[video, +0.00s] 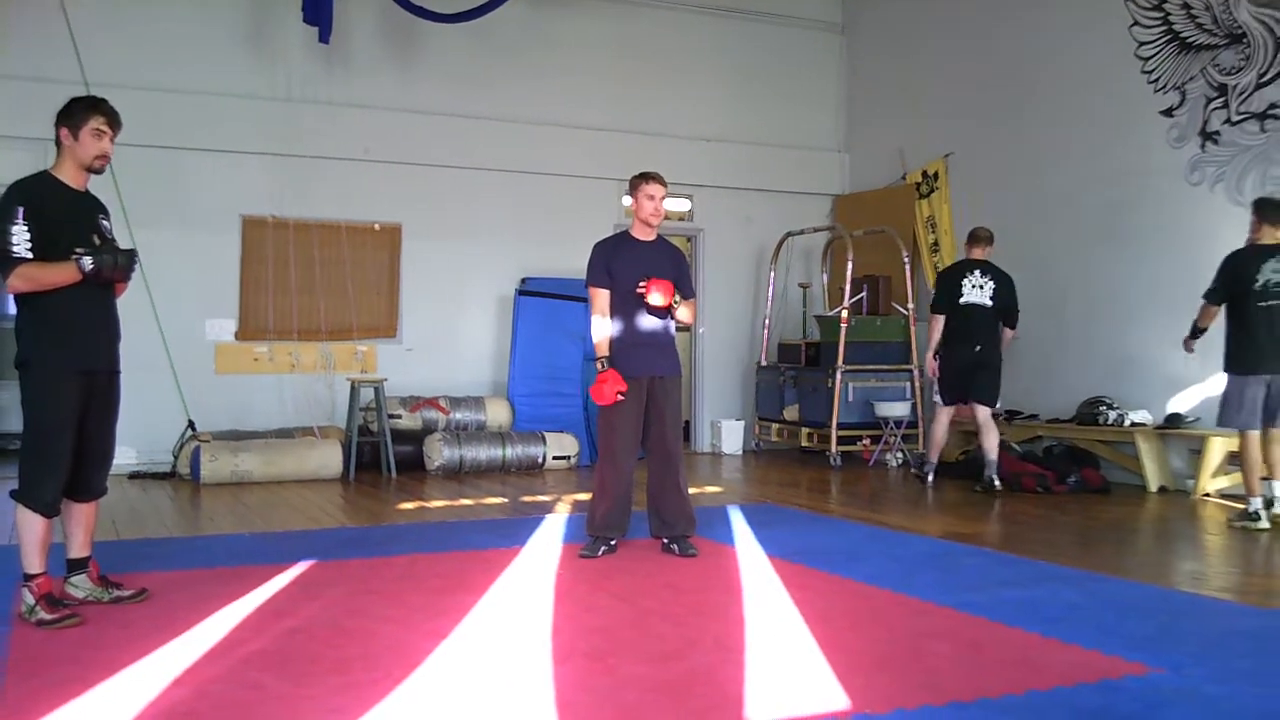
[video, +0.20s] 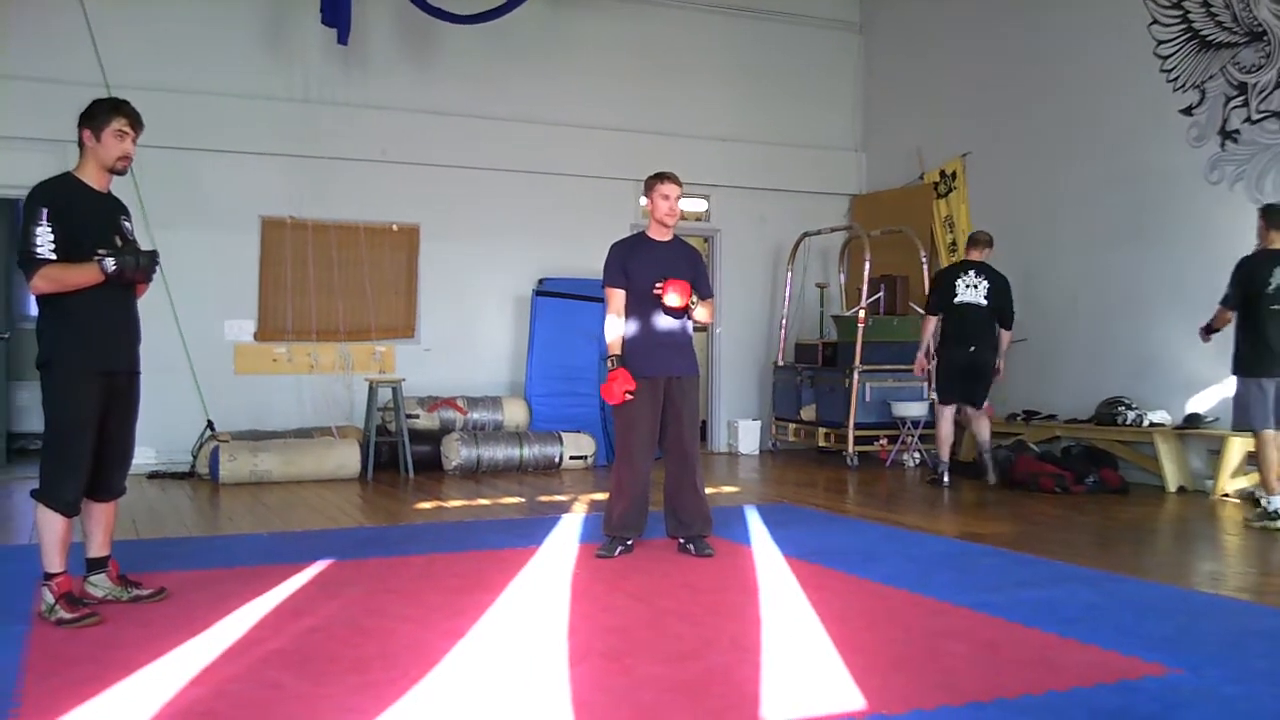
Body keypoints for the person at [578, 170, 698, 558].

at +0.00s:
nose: (657, 206)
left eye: (661, 199)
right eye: (650, 198)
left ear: (666, 205)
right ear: (632, 201)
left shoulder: (674, 255)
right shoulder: (607, 250)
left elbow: (689, 316)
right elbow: (600, 313)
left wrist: (672, 302)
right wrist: (602, 364)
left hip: (666, 367)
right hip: (623, 366)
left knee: (667, 452)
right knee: (616, 453)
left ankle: (673, 531)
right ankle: (605, 533)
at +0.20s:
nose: (673, 205)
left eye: (677, 199)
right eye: (665, 198)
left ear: (681, 205)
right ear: (647, 202)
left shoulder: (691, 255)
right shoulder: (623, 251)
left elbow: (708, 314)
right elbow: (614, 313)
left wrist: (689, 303)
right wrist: (614, 362)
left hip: (683, 368)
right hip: (638, 367)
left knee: (684, 452)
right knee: (632, 453)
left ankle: (690, 531)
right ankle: (621, 533)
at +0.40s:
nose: (672, 204)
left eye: (676, 198)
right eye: (665, 197)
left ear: (681, 204)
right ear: (647, 202)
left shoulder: (692, 255)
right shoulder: (624, 250)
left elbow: (709, 314)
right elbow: (615, 313)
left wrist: (691, 302)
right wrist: (615, 363)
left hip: (684, 368)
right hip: (639, 367)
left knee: (686, 452)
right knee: (633, 452)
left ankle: (691, 531)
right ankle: (622, 532)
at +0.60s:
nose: (673, 203)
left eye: (677, 197)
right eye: (665, 196)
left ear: (682, 203)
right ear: (649, 201)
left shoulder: (693, 254)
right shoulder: (625, 250)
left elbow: (711, 313)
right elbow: (617, 312)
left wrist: (691, 301)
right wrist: (618, 362)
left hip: (685, 367)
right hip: (641, 365)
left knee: (687, 451)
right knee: (635, 451)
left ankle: (692, 530)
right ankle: (624, 532)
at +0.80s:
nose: (674, 202)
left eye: (679, 197)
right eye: (666, 196)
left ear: (684, 203)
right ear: (650, 201)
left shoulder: (695, 254)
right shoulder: (627, 249)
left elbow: (713, 313)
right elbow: (619, 311)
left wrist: (692, 301)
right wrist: (620, 361)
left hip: (687, 367)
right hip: (642, 365)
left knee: (688, 451)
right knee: (636, 451)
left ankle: (693, 530)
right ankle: (625, 532)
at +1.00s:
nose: (671, 204)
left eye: (677, 198)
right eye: (664, 198)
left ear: (684, 204)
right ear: (650, 203)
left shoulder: (696, 255)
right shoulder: (628, 251)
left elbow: (713, 315)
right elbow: (619, 312)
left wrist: (691, 304)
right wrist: (620, 361)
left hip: (686, 369)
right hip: (642, 367)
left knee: (688, 452)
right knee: (635, 452)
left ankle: (692, 532)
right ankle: (624, 533)